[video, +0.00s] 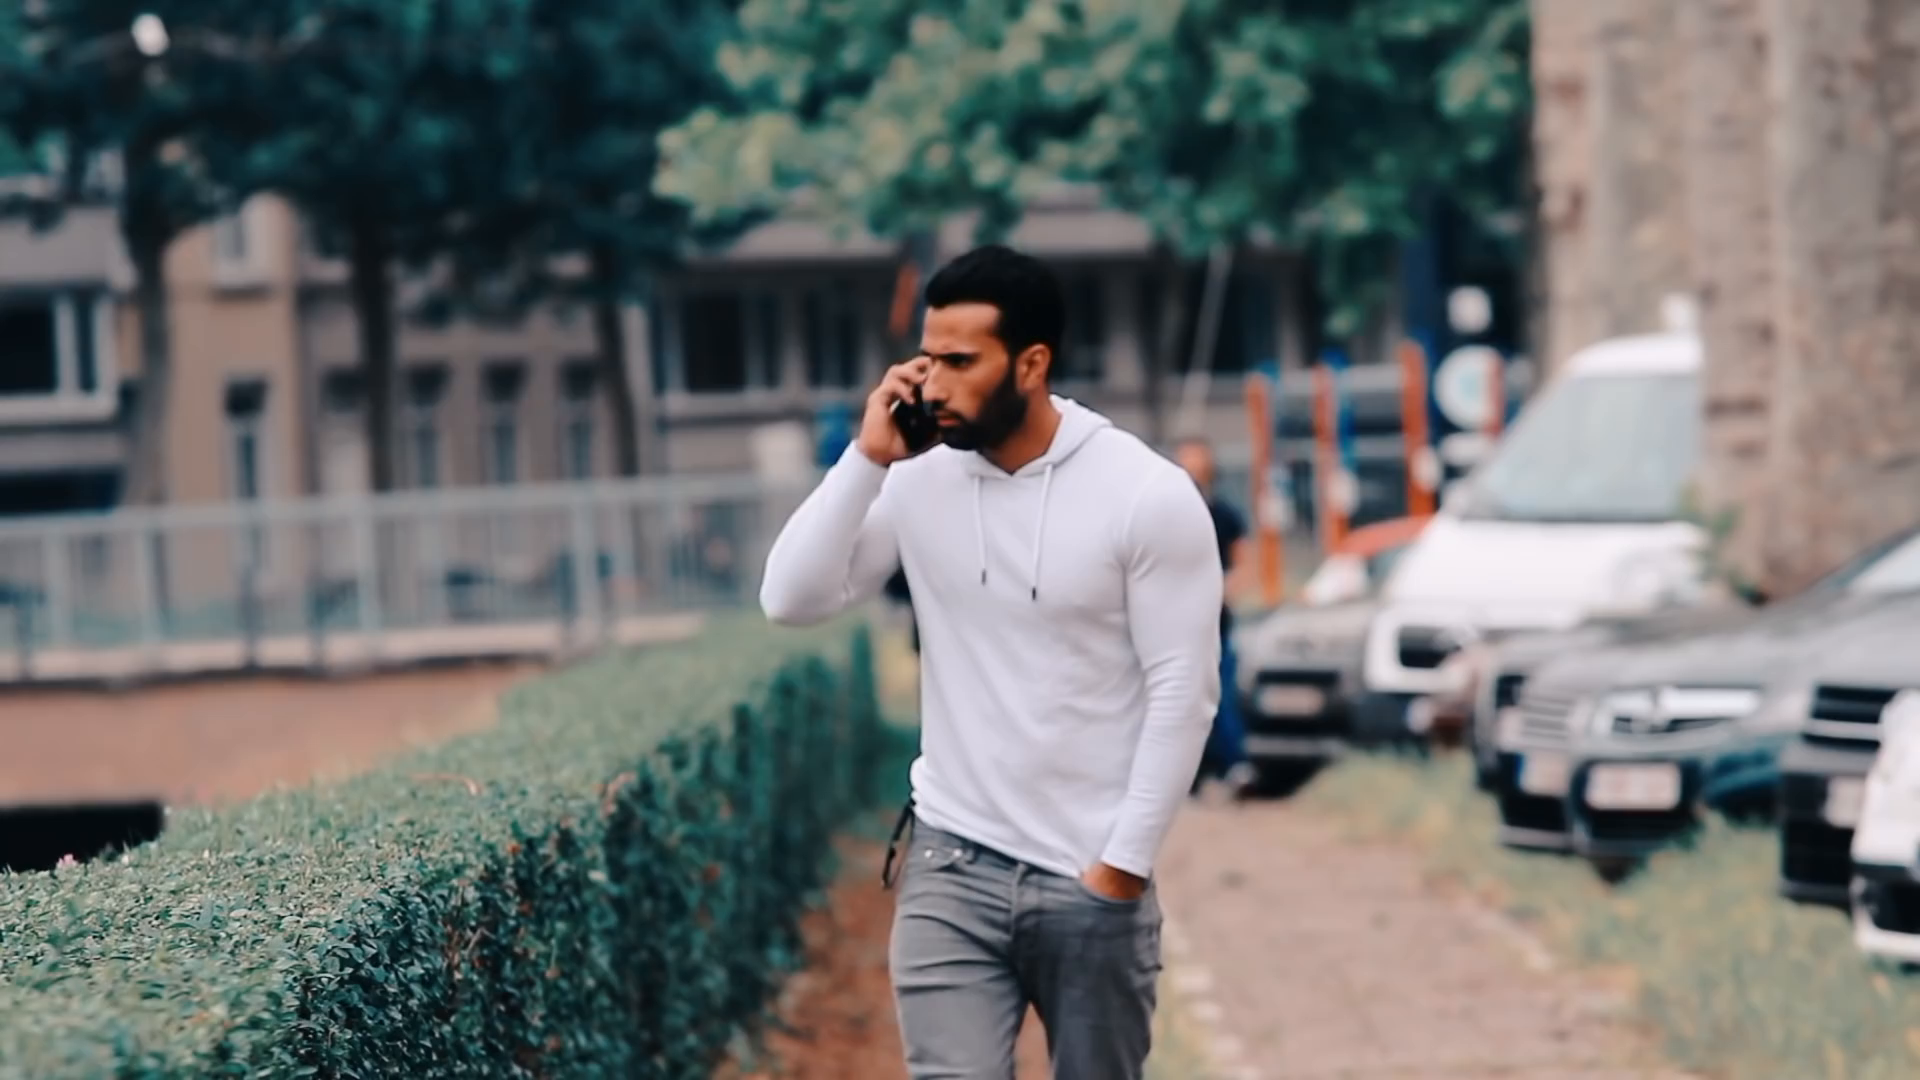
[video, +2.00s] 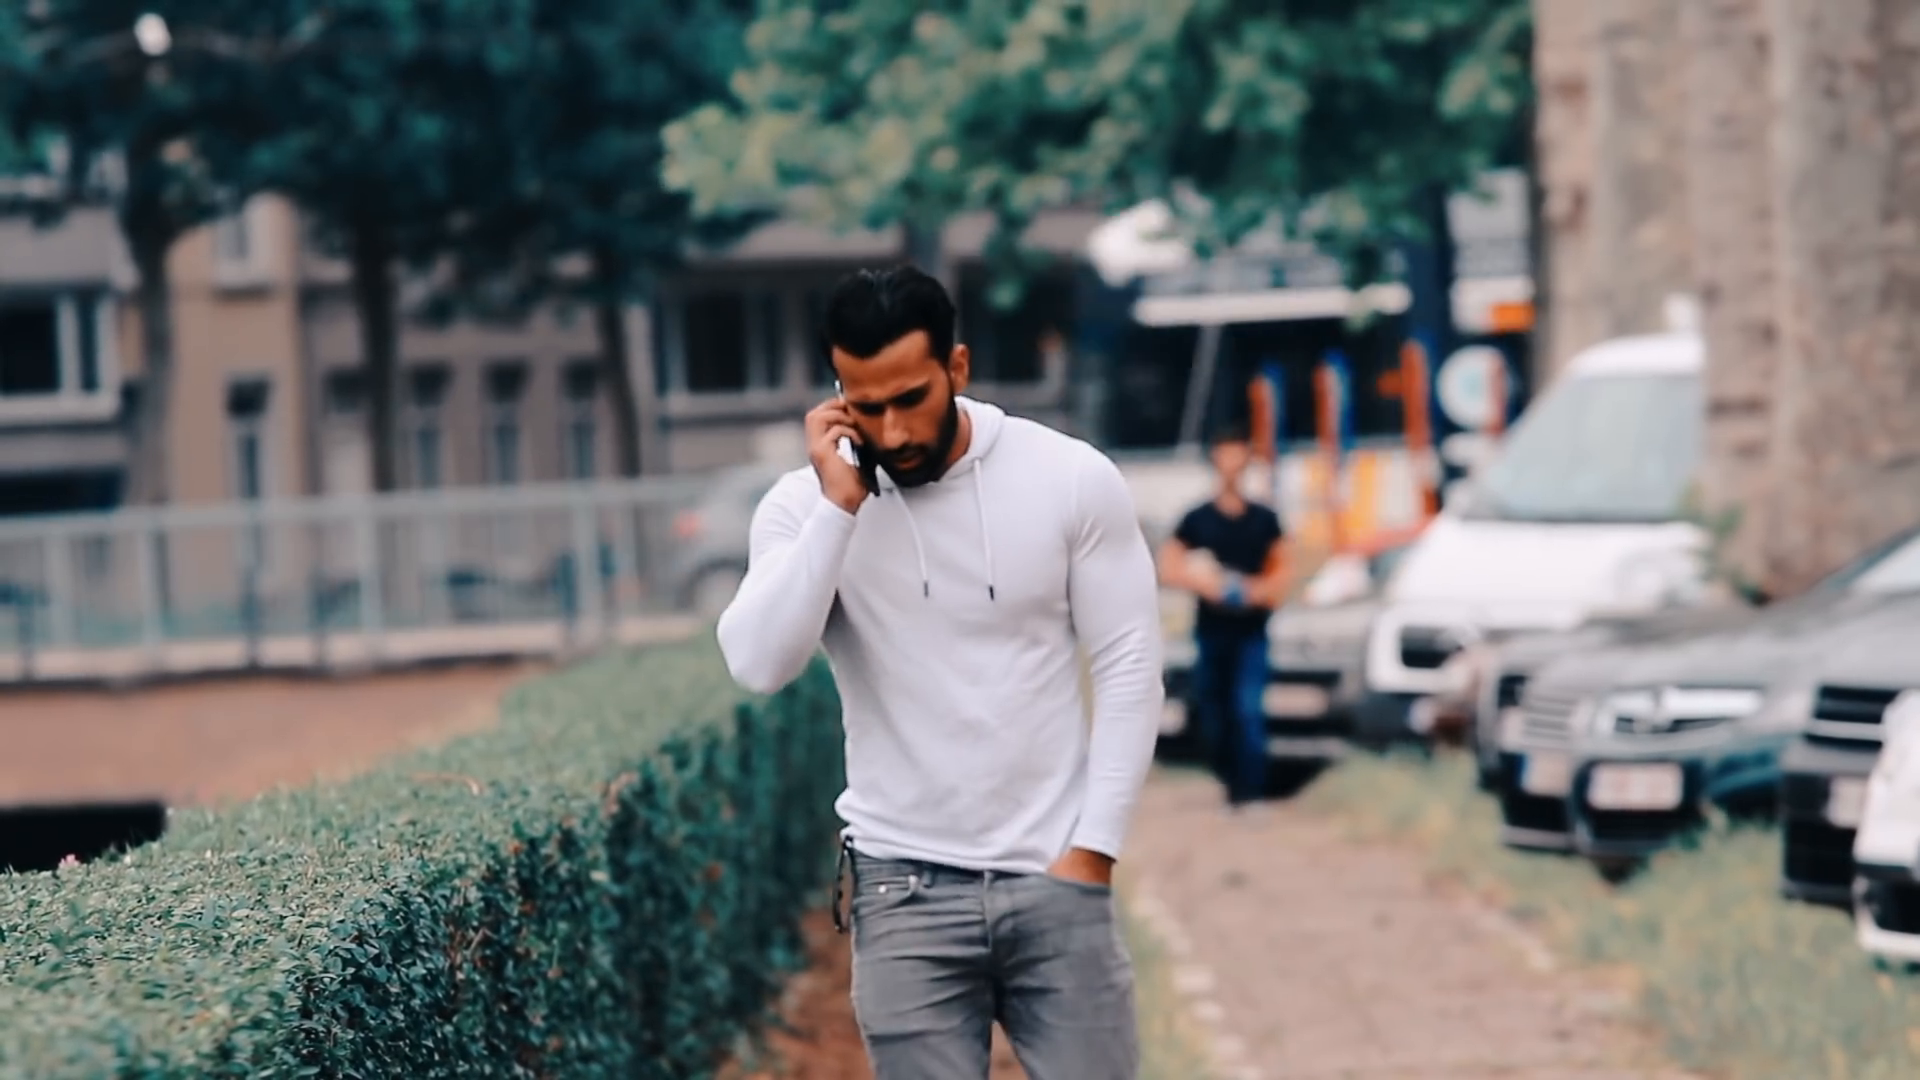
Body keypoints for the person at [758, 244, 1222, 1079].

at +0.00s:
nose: (930, 383)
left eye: (957, 362)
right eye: (928, 360)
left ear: (1033, 364)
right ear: (920, 359)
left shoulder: (1149, 497)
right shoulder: (915, 482)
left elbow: (1184, 692)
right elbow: (789, 600)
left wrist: (1120, 872)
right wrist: (867, 459)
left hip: (1089, 891)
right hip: (949, 871)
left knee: (1097, 1070)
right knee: (952, 1070)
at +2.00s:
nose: (891, 433)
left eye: (911, 400)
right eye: (865, 408)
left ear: (958, 367)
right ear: (837, 387)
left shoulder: (1070, 480)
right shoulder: (804, 506)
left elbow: (1128, 667)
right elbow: (756, 664)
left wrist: (1092, 853)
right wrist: (837, 506)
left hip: (1060, 885)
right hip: (903, 891)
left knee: (1098, 1066)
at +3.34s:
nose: (815, 363)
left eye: (846, 334)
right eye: (801, 338)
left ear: (914, 343)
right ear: (786, 349)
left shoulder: (1022, 478)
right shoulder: (766, 485)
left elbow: (1121, 652)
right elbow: (644, 603)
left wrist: (1046, 814)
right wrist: (744, 447)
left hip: (985, 905)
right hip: (825, 907)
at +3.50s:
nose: (792, 369)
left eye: (822, 339)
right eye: (777, 342)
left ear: (888, 346)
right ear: (760, 351)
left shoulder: (996, 472)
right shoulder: (741, 487)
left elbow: (1106, 643)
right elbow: (623, 608)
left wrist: (994, 724)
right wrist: (722, 452)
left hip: (975, 900)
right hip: (808, 904)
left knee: (1024, 1065)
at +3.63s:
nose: (792, 370)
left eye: (822, 341)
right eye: (778, 344)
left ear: (888, 346)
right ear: (761, 351)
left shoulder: (994, 469)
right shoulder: (742, 486)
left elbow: (1085, 644)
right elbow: (624, 609)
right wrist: (721, 452)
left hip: (973, 897)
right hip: (804, 901)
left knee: (1018, 1064)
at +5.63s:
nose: (799, 371)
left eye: (827, 342)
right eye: (785, 346)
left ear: (895, 346)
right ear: (769, 352)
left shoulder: (1011, 448)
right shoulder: (763, 485)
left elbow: (1038, 592)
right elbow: (651, 627)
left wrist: (871, 532)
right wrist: (732, 468)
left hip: (1000, 893)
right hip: (830, 899)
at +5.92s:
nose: (798, 372)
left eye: (826, 343)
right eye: (784, 347)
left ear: (893, 345)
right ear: (768, 353)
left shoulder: (1010, 448)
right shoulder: (764, 483)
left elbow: (1028, 598)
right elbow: (650, 628)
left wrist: (856, 576)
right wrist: (730, 466)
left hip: (999, 893)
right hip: (830, 899)